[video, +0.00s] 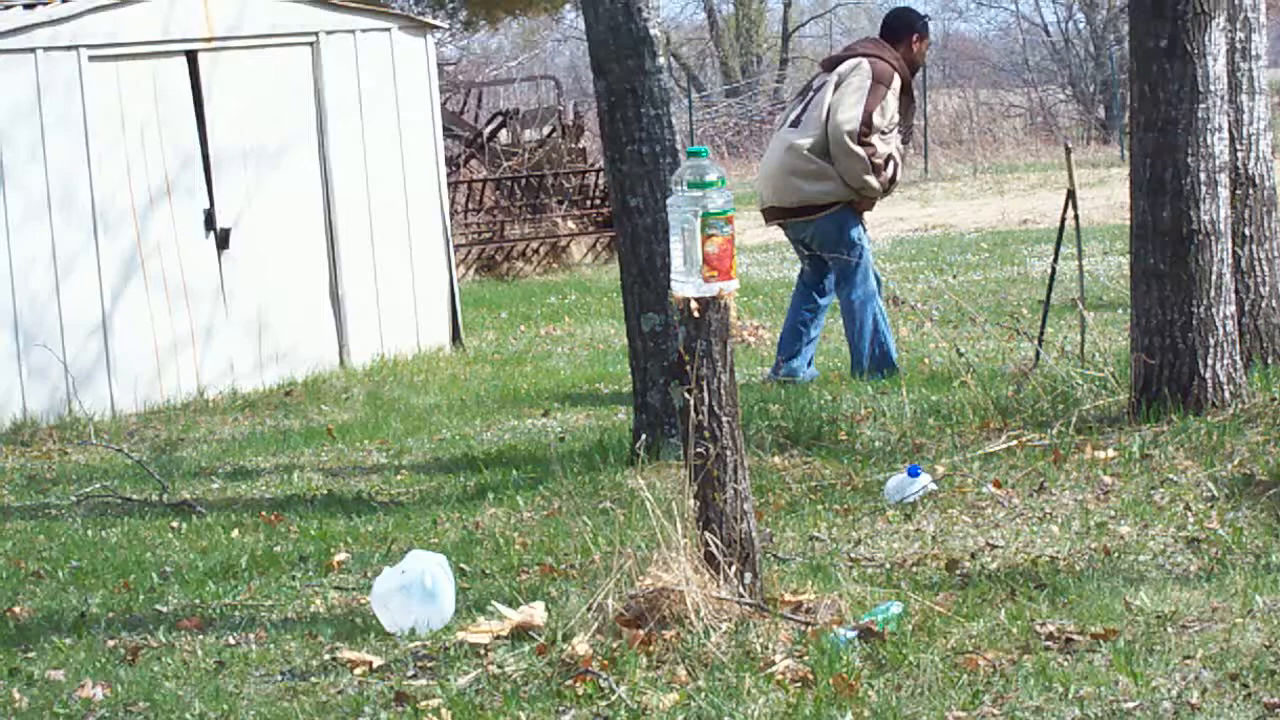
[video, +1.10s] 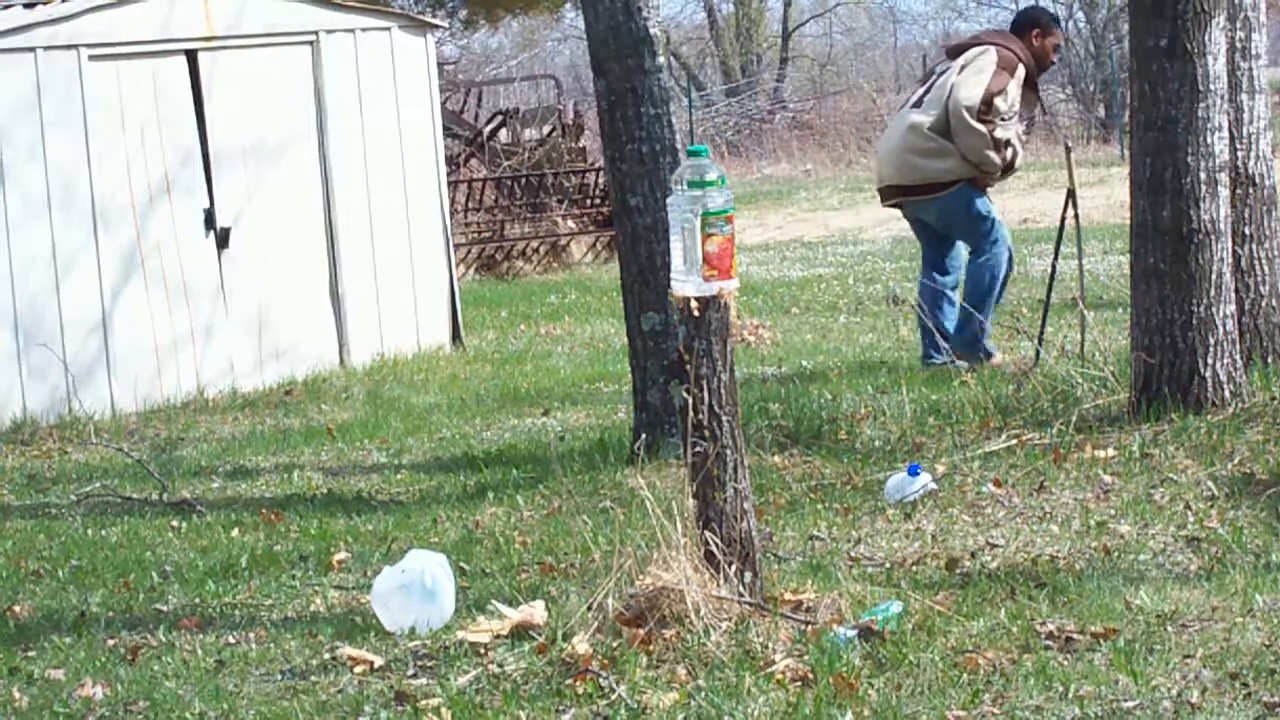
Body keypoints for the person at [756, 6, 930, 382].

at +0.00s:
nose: (926, 53)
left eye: (927, 45)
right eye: (926, 44)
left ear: (885, 36)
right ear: (913, 41)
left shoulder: (848, 63)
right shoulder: (876, 67)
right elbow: (849, 132)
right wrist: (871, 187)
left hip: (783, 189)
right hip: (815, 188)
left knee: (817, 276)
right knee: (861, 280)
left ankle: (790, 371)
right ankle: (877, 374)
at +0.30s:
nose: (964, 52)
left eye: (966, 44)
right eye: (965, 43)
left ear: (925, 33)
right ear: (952, 39)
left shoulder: (889, 58)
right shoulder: (919, 66)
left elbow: (835, 117)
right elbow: (888, 129)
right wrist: (906, 188)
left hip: (821, 176)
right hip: (847, 178)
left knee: (871, 258)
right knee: (880, 273)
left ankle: (825, 339)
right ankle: (878, 375)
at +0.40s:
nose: (976, 52)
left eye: (978, 44)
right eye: (976, 43)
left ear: (936, 32)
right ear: (963, 38)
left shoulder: (897, 55)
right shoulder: (931, 65)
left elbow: (836, 110)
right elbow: (900, 127)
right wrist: (917, 186)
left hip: (831, 172)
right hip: (858, 174)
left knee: (891, 256)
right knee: (888, 271)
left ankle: (857, 340)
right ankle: (879, 372)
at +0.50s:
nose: (988, 53)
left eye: (989, 45)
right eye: (987, 44)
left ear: (950, 34)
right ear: (972, 38)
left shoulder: (912, 56)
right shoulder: (942, 65)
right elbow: (910, 128)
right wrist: (926, 185)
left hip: (845, 172)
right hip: (866, 174)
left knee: (908, 258)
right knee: (895, 266)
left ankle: (912, 354)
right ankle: (880, 366)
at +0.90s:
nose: (1033, 57)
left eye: (1036, 49)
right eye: (1033, 47)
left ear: (1002, 37)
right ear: (1013, 39)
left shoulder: (954, 55)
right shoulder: (986, 61)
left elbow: (897, 108)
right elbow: (954, 120)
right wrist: (969, 180)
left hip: (883, 169)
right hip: (909, 168)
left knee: (939, 262)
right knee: (950, 260)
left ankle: (943, 353)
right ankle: (897, 344)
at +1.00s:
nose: (1044, 56)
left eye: (1046, 47)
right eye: (1043, 45)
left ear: (1015, 35)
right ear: (1023, 36)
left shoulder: (963, 54)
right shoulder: (995, 57)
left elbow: (908, 105)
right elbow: (962, 110)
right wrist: (982, 169)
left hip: (888, 168)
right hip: (918, 167)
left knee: (933, 256)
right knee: (976, 247)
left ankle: (946, 351)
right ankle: (925, 328)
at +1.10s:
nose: (1056, 57)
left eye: (1058, 48)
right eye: (1055, 46)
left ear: (1030, 36)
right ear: (1034, 37)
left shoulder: (975, 53)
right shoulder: (1004, 56)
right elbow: (970, 106)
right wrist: (995, 163)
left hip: (899, 168)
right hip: (931, 167)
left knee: (943, 257)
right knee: (993, 246)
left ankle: (937, 355)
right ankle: (971, 345)